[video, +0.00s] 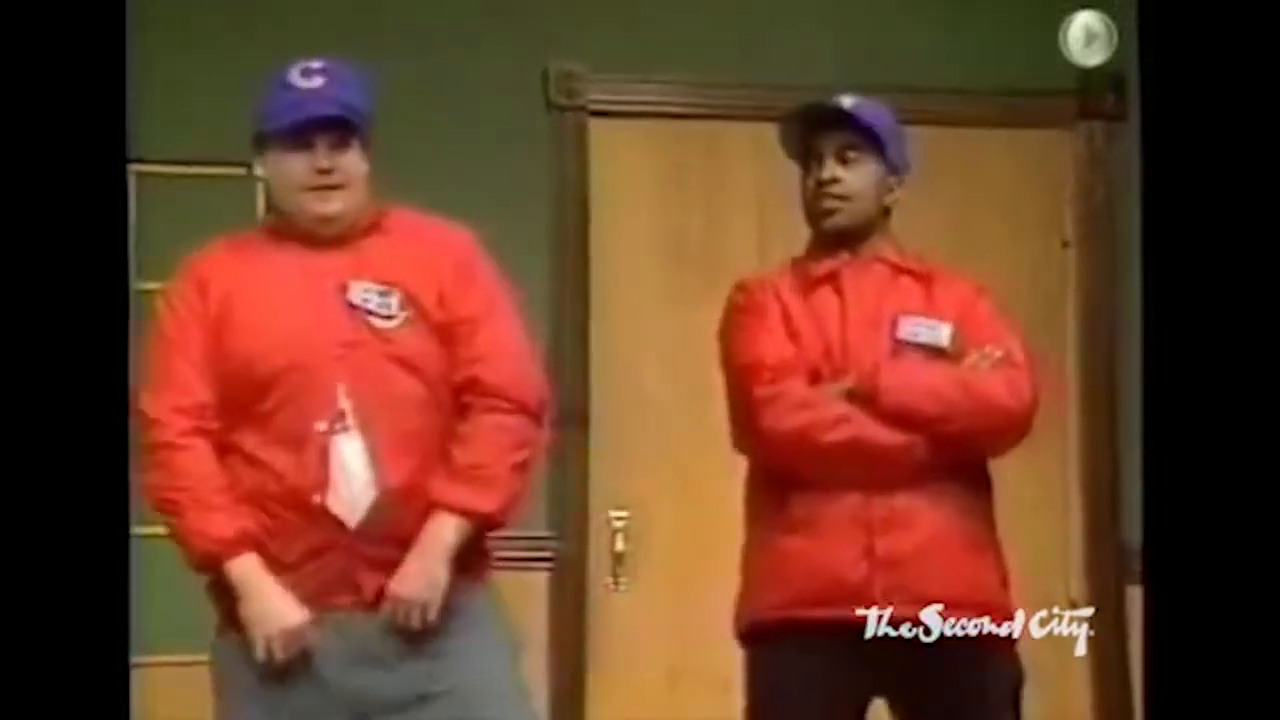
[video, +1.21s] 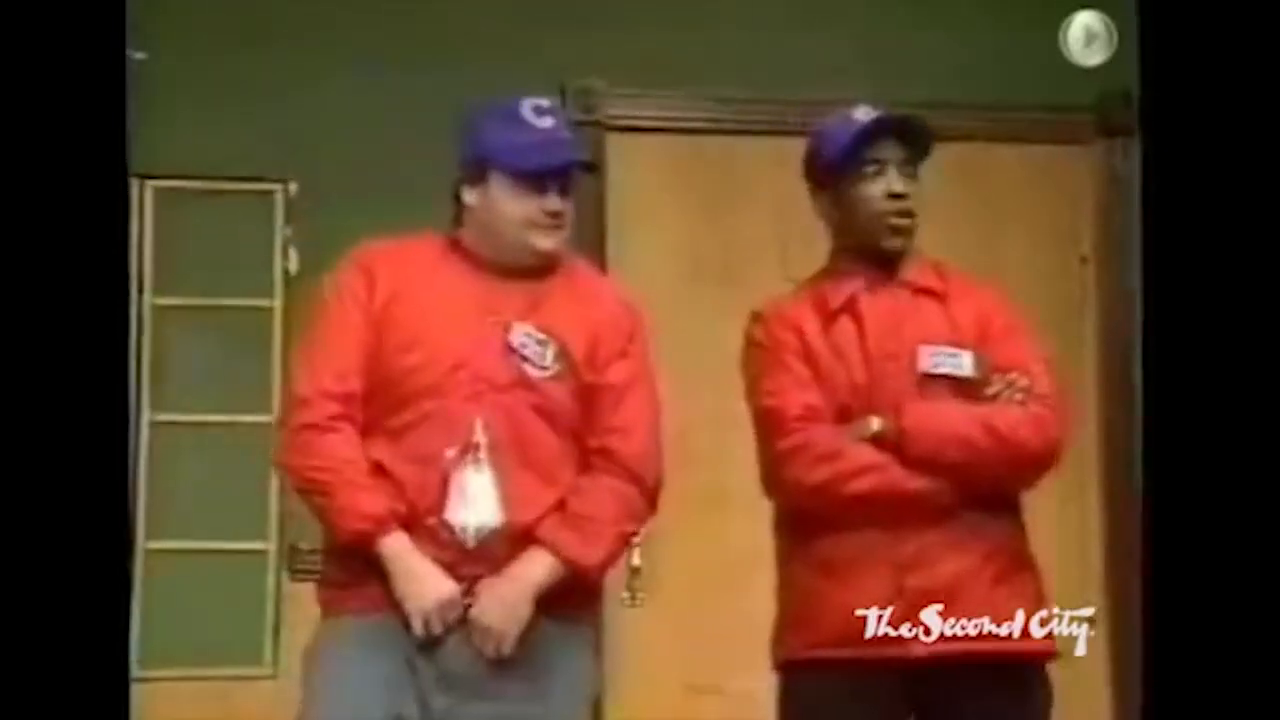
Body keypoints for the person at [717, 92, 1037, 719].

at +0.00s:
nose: (825, 174)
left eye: (849, 158)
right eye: (814, 161)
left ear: (893, 183)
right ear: (801, 180)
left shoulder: (955, 294)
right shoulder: (761, 298)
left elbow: (1007, 405)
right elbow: (774, 425)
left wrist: (868, 387)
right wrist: (936, 441)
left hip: (952, 617)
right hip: (802, 621)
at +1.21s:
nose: (900, 189)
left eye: (908, 171)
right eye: (873, 172)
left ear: (921, 187)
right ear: (826, 196)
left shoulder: (978, 306)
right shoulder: (785, 324)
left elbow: (1035, 435)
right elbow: (799, 471)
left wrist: (889, 430)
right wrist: (972, 467)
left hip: (985, 639)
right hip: (840, 649)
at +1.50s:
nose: (975, 191)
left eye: (982, 173)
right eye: (949, 172)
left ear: (994, 187)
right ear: (893, 198)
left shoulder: (1041, 316)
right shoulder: (839, 316)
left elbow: (1086, 452)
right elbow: (845, 467)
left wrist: (937, 432)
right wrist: (1014, 485)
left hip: (1025, 646)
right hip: (876, 645)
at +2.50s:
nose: (899, 201)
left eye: (910, 183)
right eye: (876, 184)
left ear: (923, 198)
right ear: (833, 204)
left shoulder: (979, 319)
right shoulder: (779, 324)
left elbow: (1023, 446)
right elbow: (788, 464)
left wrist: (878, 427)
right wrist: (962, 466)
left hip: (971, 649)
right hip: (819, 651)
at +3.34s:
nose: (877, 194)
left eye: (901, 179)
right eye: (863, 177)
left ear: (933, 204)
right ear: (842, 197)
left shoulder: (990, 321)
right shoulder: (788, 317)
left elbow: (1035, 458)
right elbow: (796, 457)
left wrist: (905, 411)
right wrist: (968, 470)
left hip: (974, 648)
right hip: (823, 646)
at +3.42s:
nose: (872, 188)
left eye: (896, 172)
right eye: (859, 171)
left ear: (932, 196)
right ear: (840, 191)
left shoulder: (993, 317)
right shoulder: (787, 318)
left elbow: (1023, 462)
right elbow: (785, 459)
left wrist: (965, 364)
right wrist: (948, 463)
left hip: (972, 647)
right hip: (823, 648)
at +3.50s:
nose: (863, 186)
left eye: (888, 170)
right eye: (853, 170)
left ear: (932, 193)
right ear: (838, 187)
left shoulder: (986, 305)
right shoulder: (787, 316)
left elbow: (1014, 444)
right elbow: (780, 459)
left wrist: (952, 323)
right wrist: (940, 456)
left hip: (973, 644)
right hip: (822, 648)